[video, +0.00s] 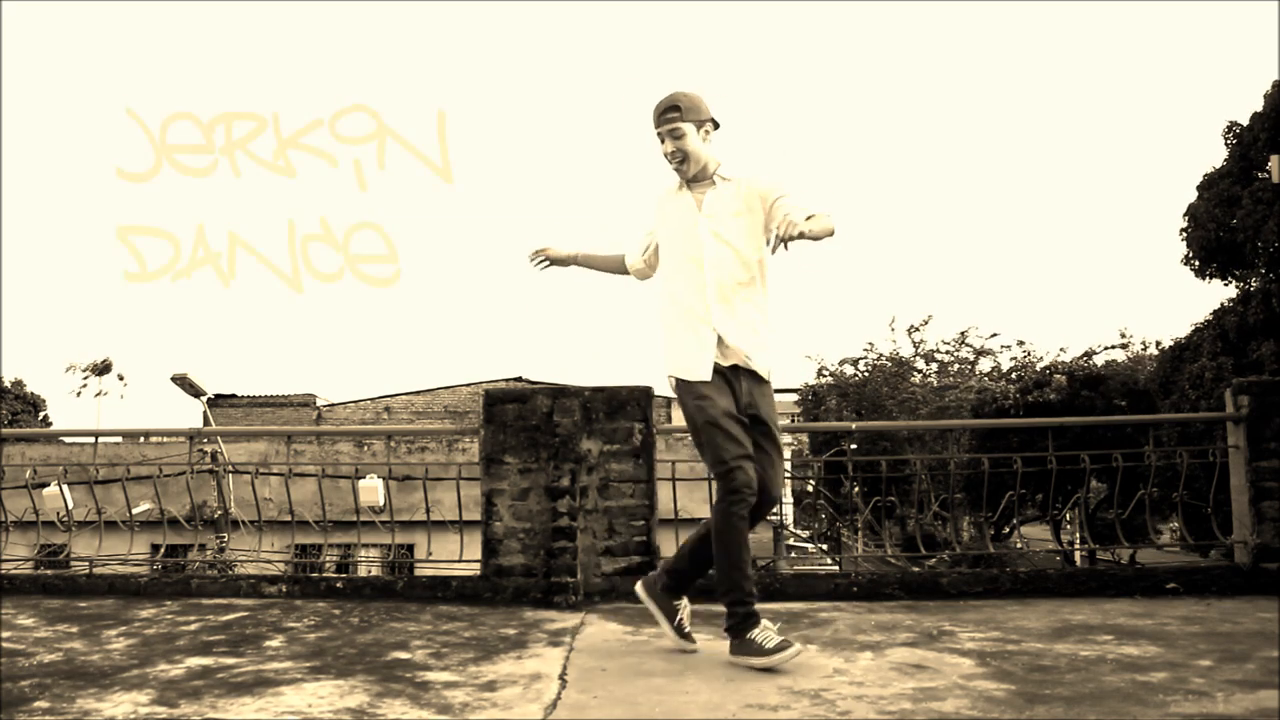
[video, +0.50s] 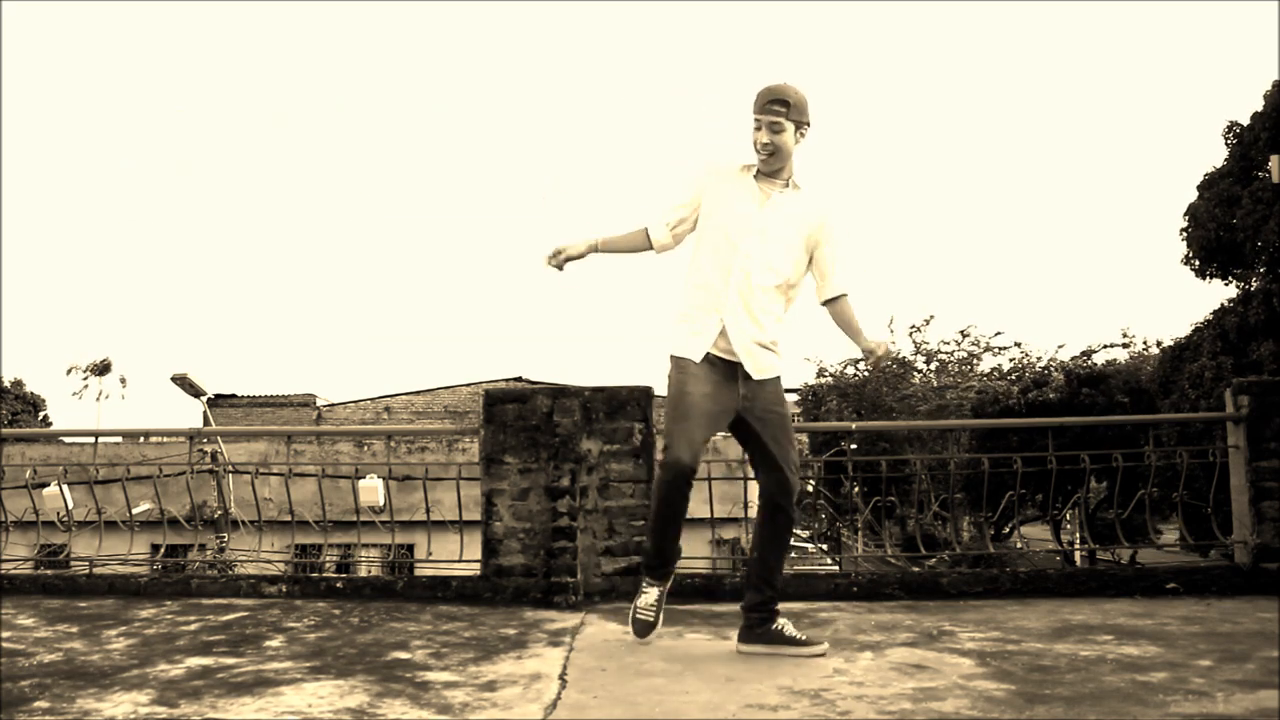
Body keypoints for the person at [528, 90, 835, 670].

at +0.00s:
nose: (669, 149)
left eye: (677, 136)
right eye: (662, 140)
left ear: (708, 132)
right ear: (660, 146)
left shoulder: (755, 194)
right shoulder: (670, 207)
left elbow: (825, 223)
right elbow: (639, 263)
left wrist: (801, 225)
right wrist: (572, 257)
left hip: (751, 364)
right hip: (696, 364)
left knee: (764, 494)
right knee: (738, 483)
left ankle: (664, 585)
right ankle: (743, 627)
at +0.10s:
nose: (688, 140)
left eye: (696, 129)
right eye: (681, 132)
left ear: (727, 127)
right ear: (678, 136)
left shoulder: (768, 192)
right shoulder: (679, 199)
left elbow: (839, 239)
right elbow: (647, 256)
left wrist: (812, 239)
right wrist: (576, 238)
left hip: (759, 354)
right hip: (697, 358)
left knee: (791, 479)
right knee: (722, 484)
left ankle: (729, 575)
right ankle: (739, 622)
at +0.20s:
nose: (719, 139)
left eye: (728, 128)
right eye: (712, 130)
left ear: (756, 130)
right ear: (706, 136)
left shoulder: (790, 201)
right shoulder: (696, 194)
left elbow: (846, 257)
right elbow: (645, 241)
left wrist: (856, 276)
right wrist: (581, 209)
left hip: (772, 369)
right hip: (707, 370)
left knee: (791, 494)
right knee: (688, 479)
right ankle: (722, 619)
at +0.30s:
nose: (734, 134)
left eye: (744, 123)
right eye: (728, 125)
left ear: (772, 126)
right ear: (721, 130)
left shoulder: (798, 202)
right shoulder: (705, 186)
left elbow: (847, 256)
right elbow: (650, 229)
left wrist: (870, 288)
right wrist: (583, 199)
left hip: (774, 364)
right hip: (708, 358)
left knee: (794, 491)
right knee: (678, 455)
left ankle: (799, 609)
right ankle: (705, 583)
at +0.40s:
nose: (745, 130)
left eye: (756, 120)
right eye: (740, 121)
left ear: (783, 125)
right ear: (735, 125)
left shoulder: (804, 201)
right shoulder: (714, 179)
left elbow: (845, 267)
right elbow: (657, 224)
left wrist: (874, 303)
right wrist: (583, 209)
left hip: (771, 362)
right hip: (708, 353)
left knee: (793, 481)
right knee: (688, 462)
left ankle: (762, 618)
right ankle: (674, 577)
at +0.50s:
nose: (764, 136)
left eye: (776, 128)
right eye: (758, 126)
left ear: (799, 135)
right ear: (750, 130)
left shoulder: (811, 216)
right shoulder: (718, 182)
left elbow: (834, 294)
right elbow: (660, 234)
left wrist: (867, 342)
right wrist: (588, 246)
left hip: (761, 363)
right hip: (699, 352)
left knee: (783, 486)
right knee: (679, 462)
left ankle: (759, 620)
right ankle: (655, 579)